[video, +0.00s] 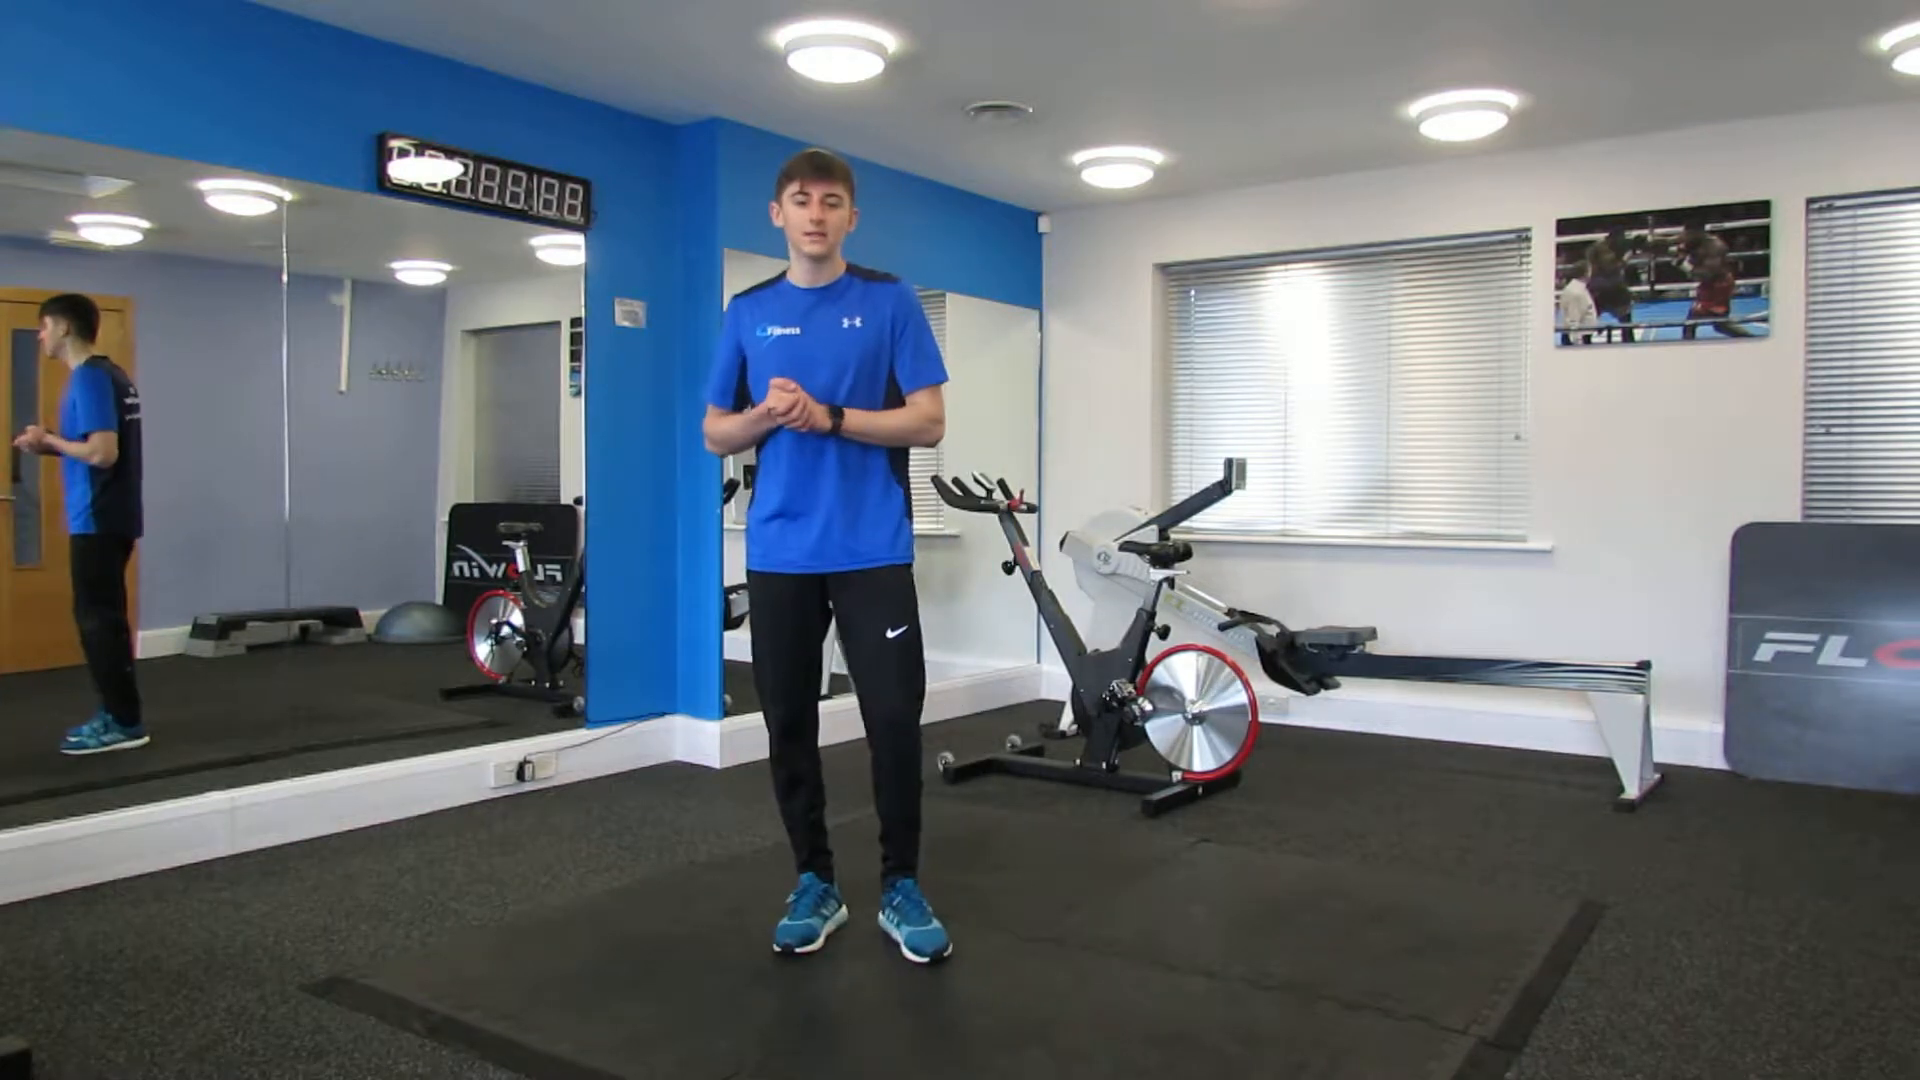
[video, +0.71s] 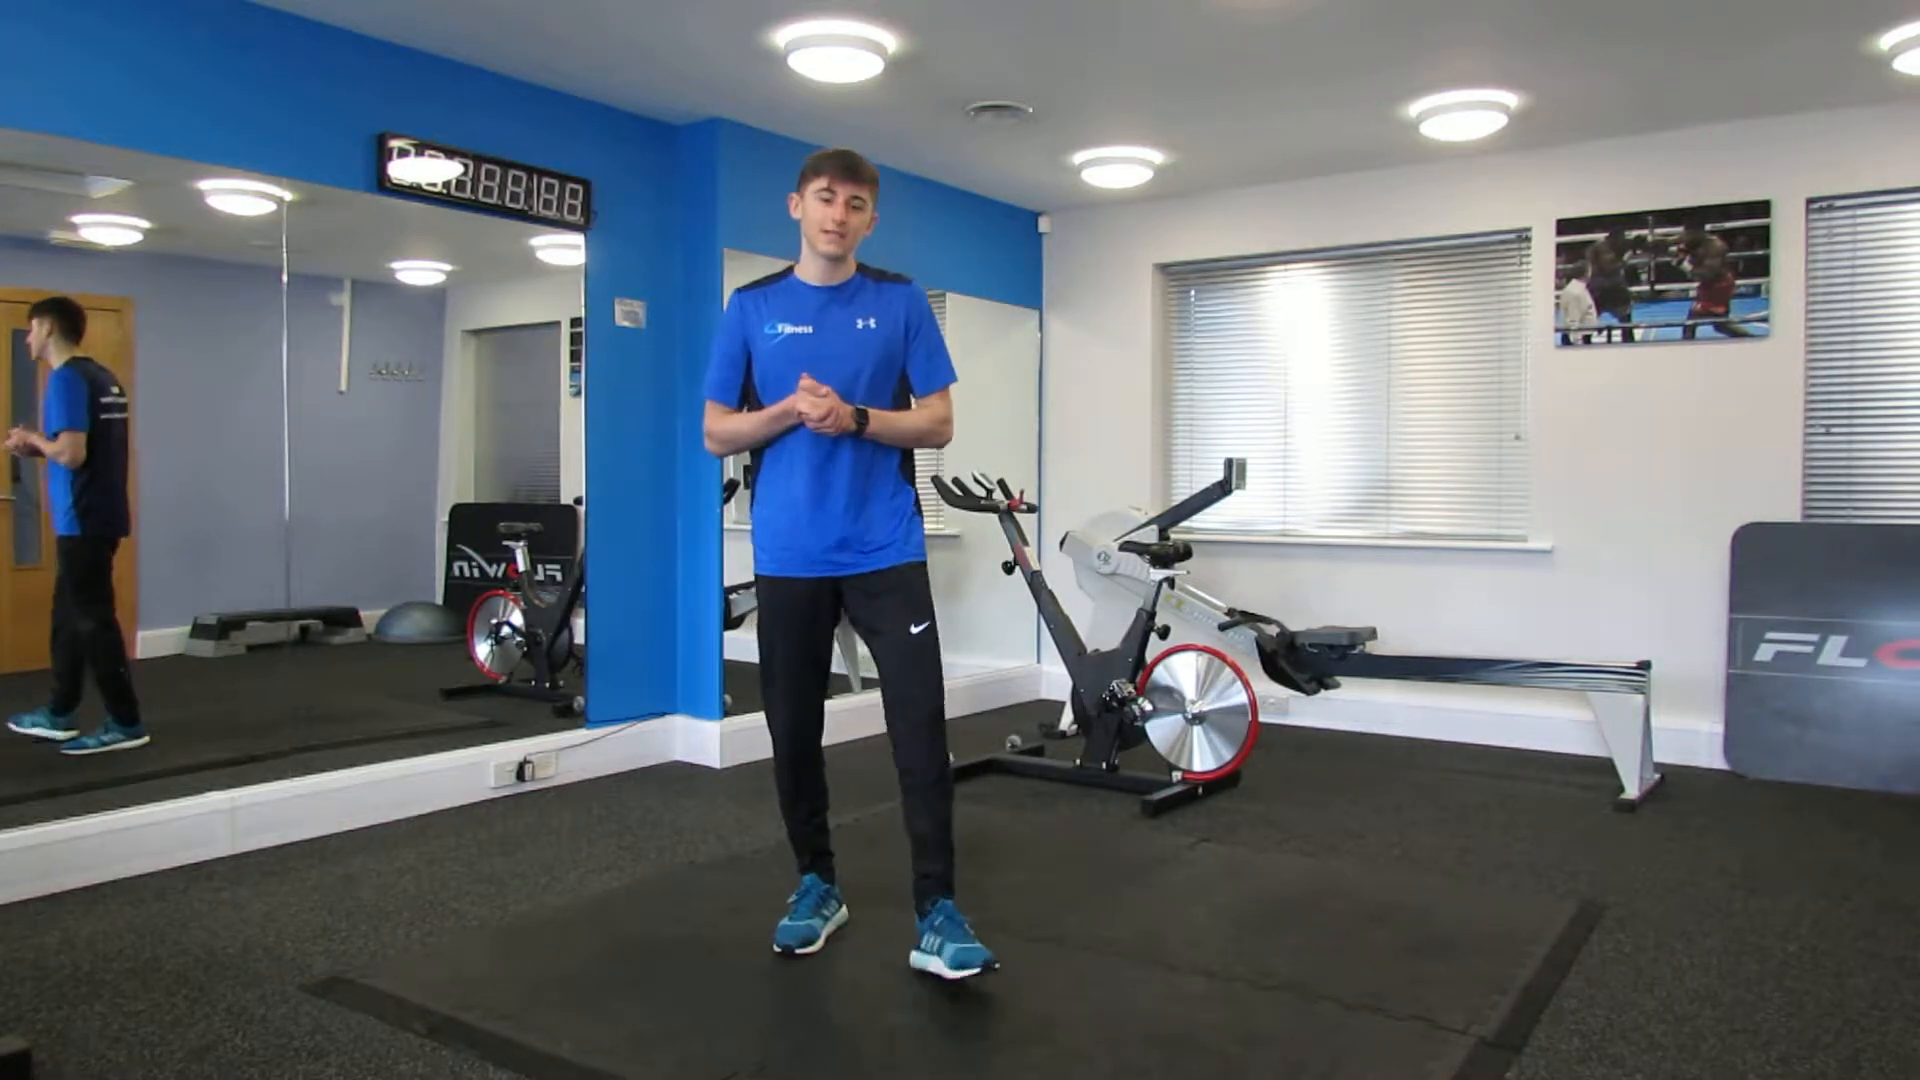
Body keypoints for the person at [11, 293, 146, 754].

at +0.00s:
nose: (40, 335)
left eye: (45, 326)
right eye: (41, 327)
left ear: (65, 328)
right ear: (81, 330)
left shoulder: (91, 376)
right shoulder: (109, 375)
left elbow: (103, 451)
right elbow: (96, 446)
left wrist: (50, 440)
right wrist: (49, 443)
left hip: (98, 524)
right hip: (109, 523)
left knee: (96, 616)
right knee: (104, 615)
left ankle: (124, 719)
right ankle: (117, 715)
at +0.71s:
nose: (27, 337)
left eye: (31, 328)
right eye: (29, 329)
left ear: (48, 329)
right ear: (68, 331)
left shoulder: (68, 378)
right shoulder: (101, 377)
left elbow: (72, 452)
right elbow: (85, 447)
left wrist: (35, 441)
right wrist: (38, 445)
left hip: (82, 525)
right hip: (100, 521)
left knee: (93, 618)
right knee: (66, 615)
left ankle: (126, 721)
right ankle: (60, 712)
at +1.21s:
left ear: (15, 335)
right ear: (41, 336)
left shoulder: (26, 379)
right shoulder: (72, 383)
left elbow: (23, 449)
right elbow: (64, 453)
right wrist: (18, 445)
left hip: (30, 525)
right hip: (63, 524)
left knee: (23, 617)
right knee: (39, 620)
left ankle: (99, 700)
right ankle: (35, 719)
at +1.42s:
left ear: (4, 337)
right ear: (31, 337)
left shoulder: (17, 378)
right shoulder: (58, 384)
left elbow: (12, 445)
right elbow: (54, 450)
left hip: (19, 519)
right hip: (52, 519)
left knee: (14, 610)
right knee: (33, 609)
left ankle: (39, 703)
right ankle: (43, 701)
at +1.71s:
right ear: (7, 335)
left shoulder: (7, 382)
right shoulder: (29, 384)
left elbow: (1, 448)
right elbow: (46, 457)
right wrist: (29, 499)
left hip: (10, 520)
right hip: (28, 519)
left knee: (20, 612)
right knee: (23, 611)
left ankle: (35, 716)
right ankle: (35, 715)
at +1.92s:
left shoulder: (10, 396)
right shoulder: (11, 396)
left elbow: (15, 463)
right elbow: (17, 462)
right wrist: (15, 527)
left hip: (3, 531)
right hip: (6, 529)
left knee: (6, 617)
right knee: (6, 616)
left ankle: (32, 714)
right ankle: (31, 714)